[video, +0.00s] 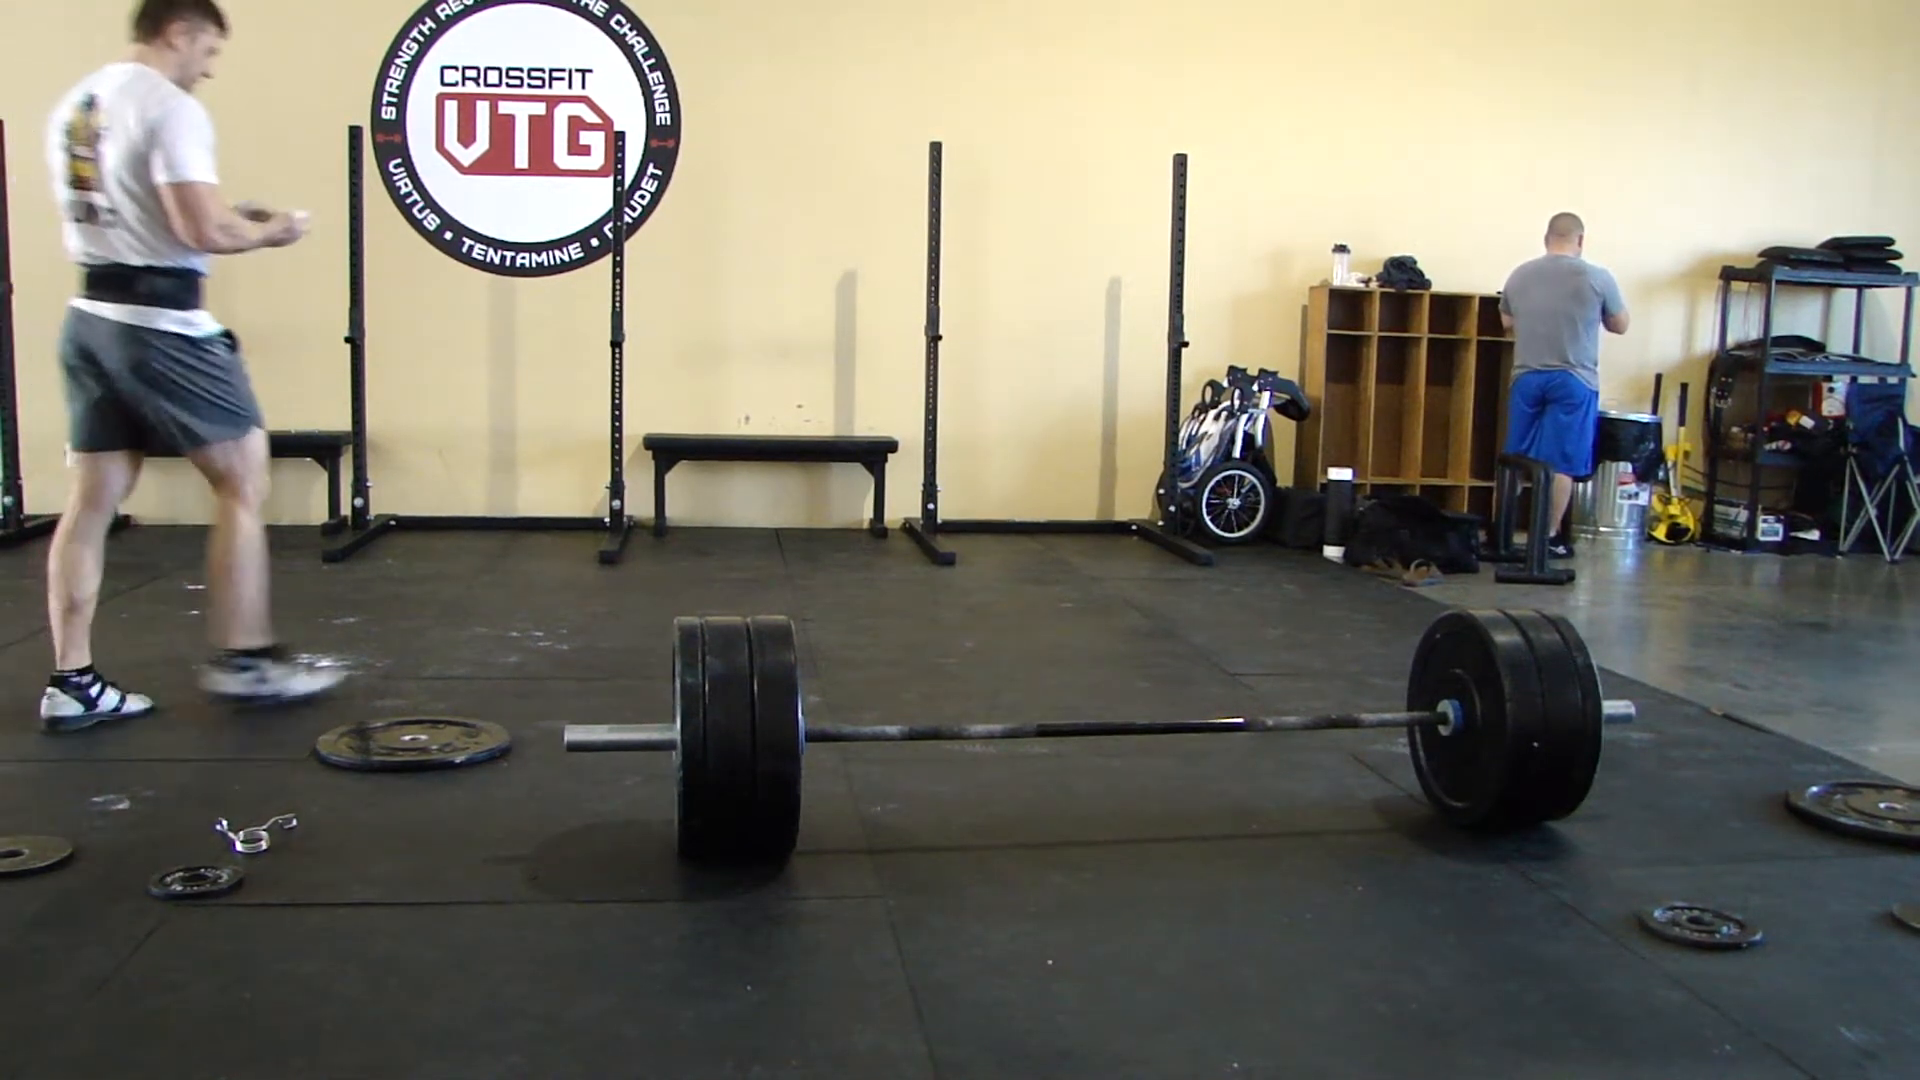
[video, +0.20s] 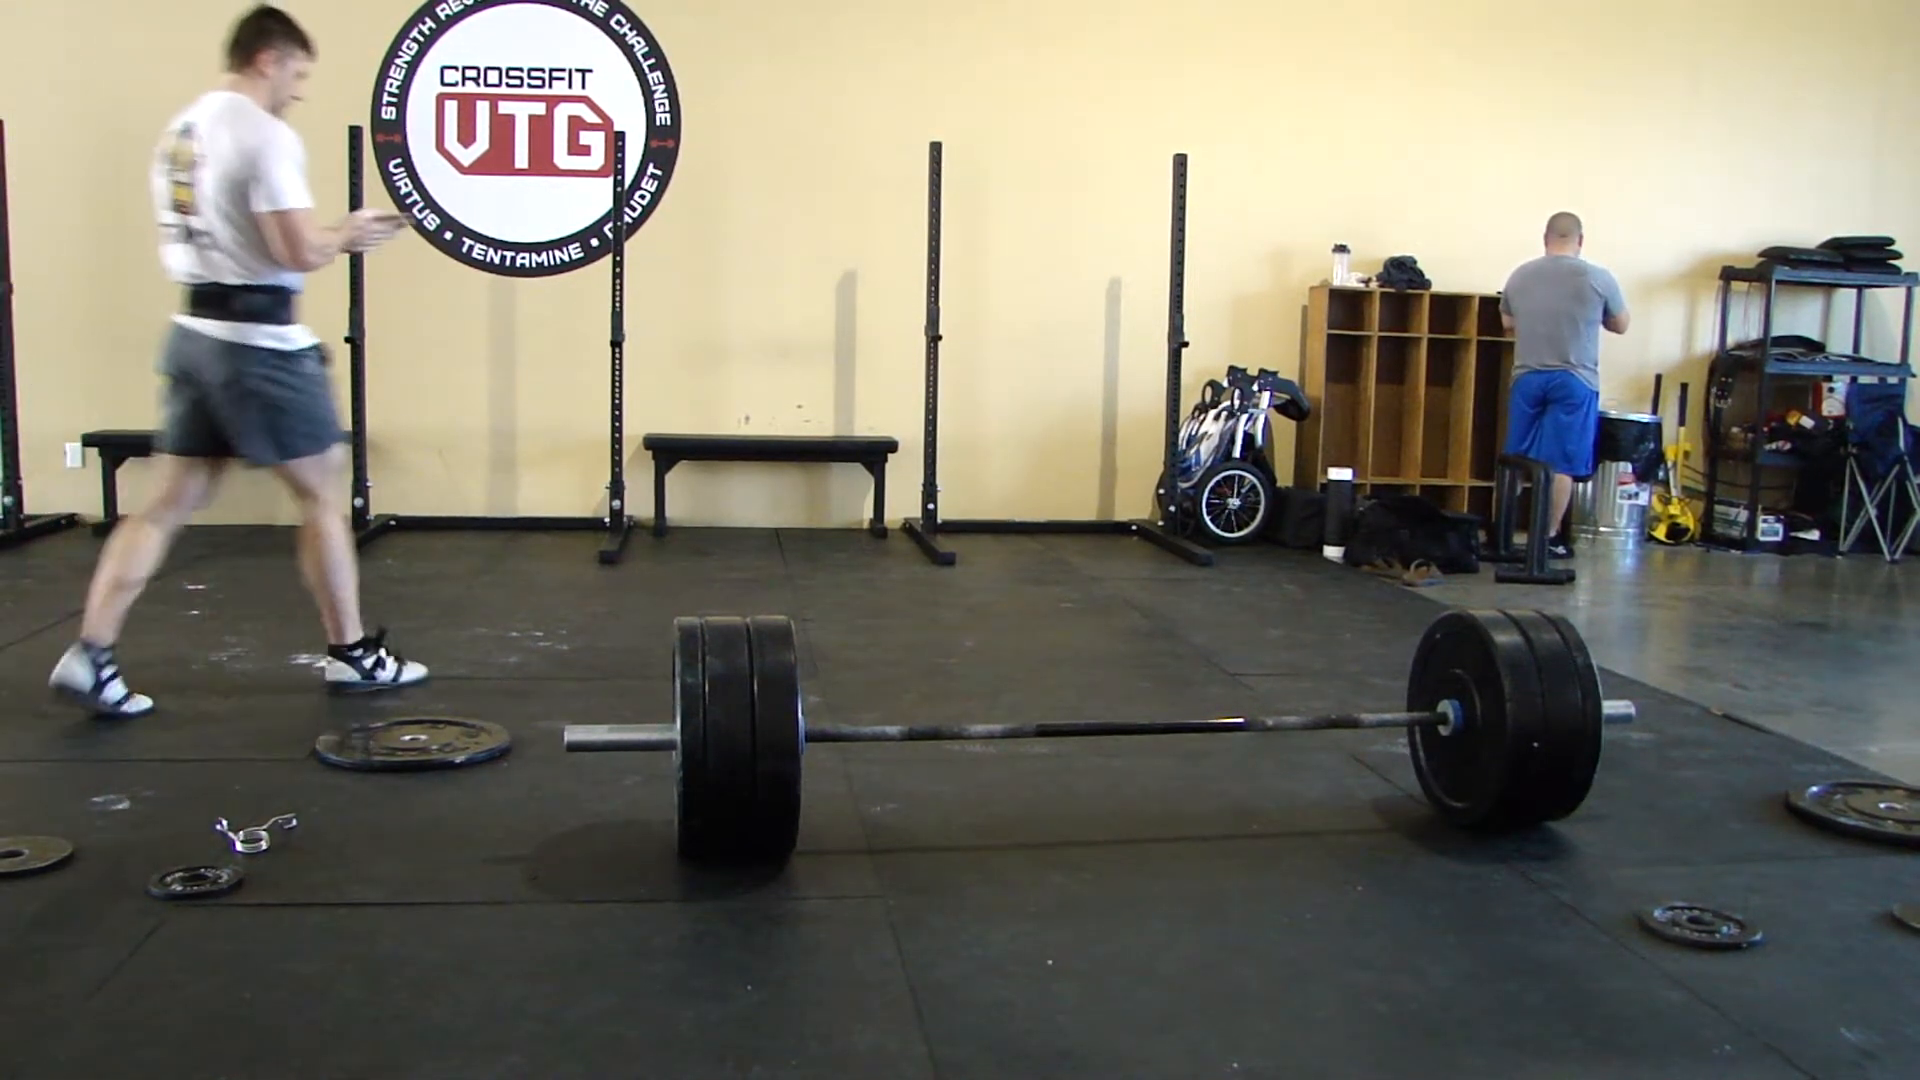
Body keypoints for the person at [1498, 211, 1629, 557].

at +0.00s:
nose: (1580, 246)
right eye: (1582, 241)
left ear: (1546, 239)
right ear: (1580, 240)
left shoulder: (1520, 274)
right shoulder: (1596, 277)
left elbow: (1508, 322)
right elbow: (1619, 324)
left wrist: (1541, 315)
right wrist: (1587, 307)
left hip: (1526, 377)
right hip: (1574, 379)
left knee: (1514, 459)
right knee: (1562, 465)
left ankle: (1500, 535)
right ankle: (1548, 539)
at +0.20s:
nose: (1578, 245)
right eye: (1580, 240)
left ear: (1545, 238)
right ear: (1580, 240)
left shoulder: (1520, 275)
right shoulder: (1596, 277)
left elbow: (1508, 323)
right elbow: (1620, 324)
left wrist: (1542, 316)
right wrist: (1584, 310)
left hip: (1527, 377)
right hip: (1575, 379)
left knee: (1514, 459)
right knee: (1562, 465)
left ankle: (1501, 536)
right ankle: (1548, 539)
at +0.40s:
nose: (1571, 245)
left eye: (1550, 239)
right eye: (1578, 240)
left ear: (1545, 239)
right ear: (1580, 242)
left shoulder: (1520, 275)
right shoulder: (1598, 276)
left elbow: (1509, 325)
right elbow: (1619, 326)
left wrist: (1542, 314)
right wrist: (1582, 312)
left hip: (1527, 377)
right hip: (1575, 379)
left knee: (1515, 460)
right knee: (1561, 465)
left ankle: (1501, 535)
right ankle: (1547, 540)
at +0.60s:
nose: (1566, 245)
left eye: (1549, 239)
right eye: (1577, 240)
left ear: (1545, 239)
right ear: (1580, 241)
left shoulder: (1520, 275)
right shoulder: (1599, 276)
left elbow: (1509, 324)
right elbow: (1618, 326)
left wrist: (1543, 314)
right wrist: (1582, 313)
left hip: (1527, 377)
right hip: (1575, 379)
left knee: (1516, 460)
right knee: (1562, 466)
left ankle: (1502, 536)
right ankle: (1546, 540)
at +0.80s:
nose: (1554, 246)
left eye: (1548, 240)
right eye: (1576, 241)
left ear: (1545, 240)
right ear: (1580, 241)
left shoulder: (1520, 275)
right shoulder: (1599, 276)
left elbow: (1509, 324)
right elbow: (1617, 326)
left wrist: (1543, 314)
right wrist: (1581, 312)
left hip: (1527, 377)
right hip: (1576, 379)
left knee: (1516, 460)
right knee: (1562, 466)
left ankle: (1502, 535)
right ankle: (1547, 540)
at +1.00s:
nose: (1553, 245)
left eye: (1548, 240)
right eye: (1576, 240)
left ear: (1545, 240)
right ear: (1580, 241)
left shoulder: (1521, 275)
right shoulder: (1599, 276)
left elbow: (1509, 323)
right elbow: (1617, 326)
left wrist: (1543, 314)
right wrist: (1581, 312)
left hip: (1527, 377)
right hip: (1575, 379)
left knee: (1516, 459)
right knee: (1561, 466)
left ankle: (1502, 535)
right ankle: (1547, 540)